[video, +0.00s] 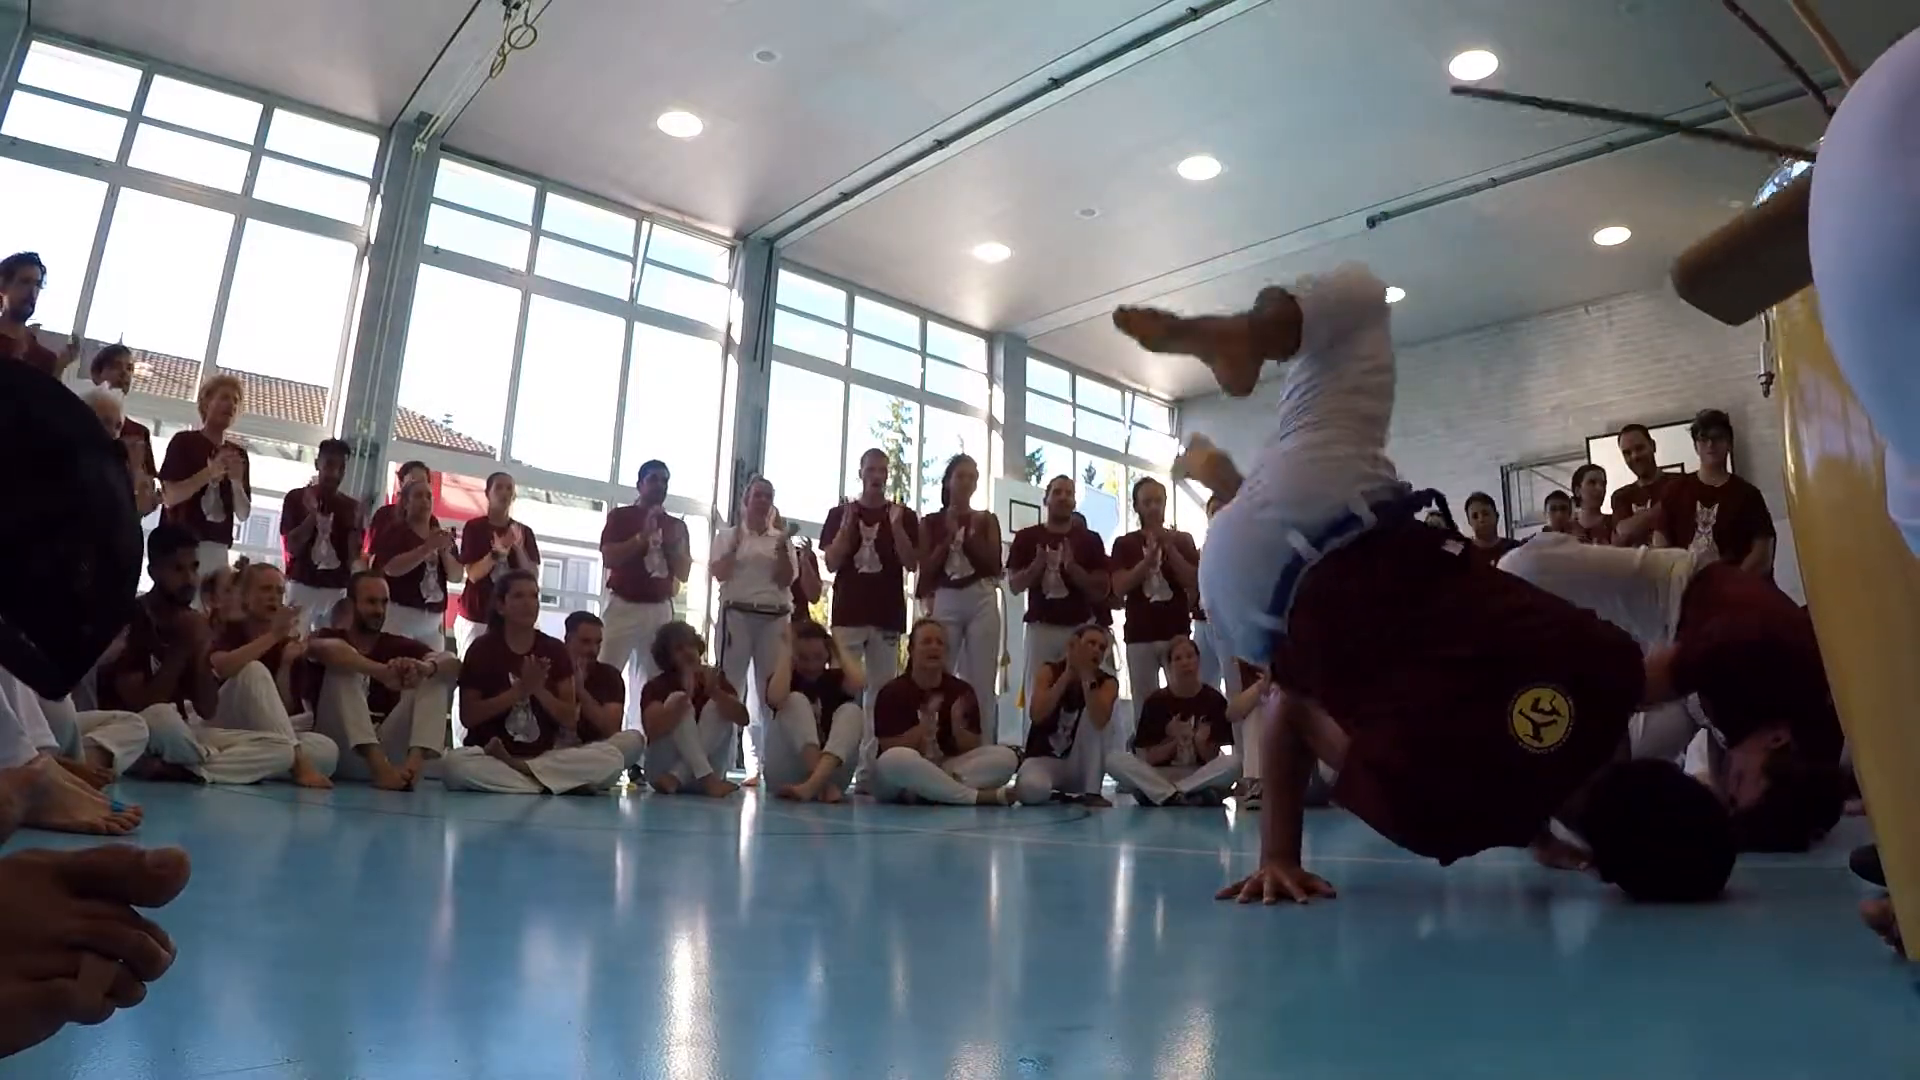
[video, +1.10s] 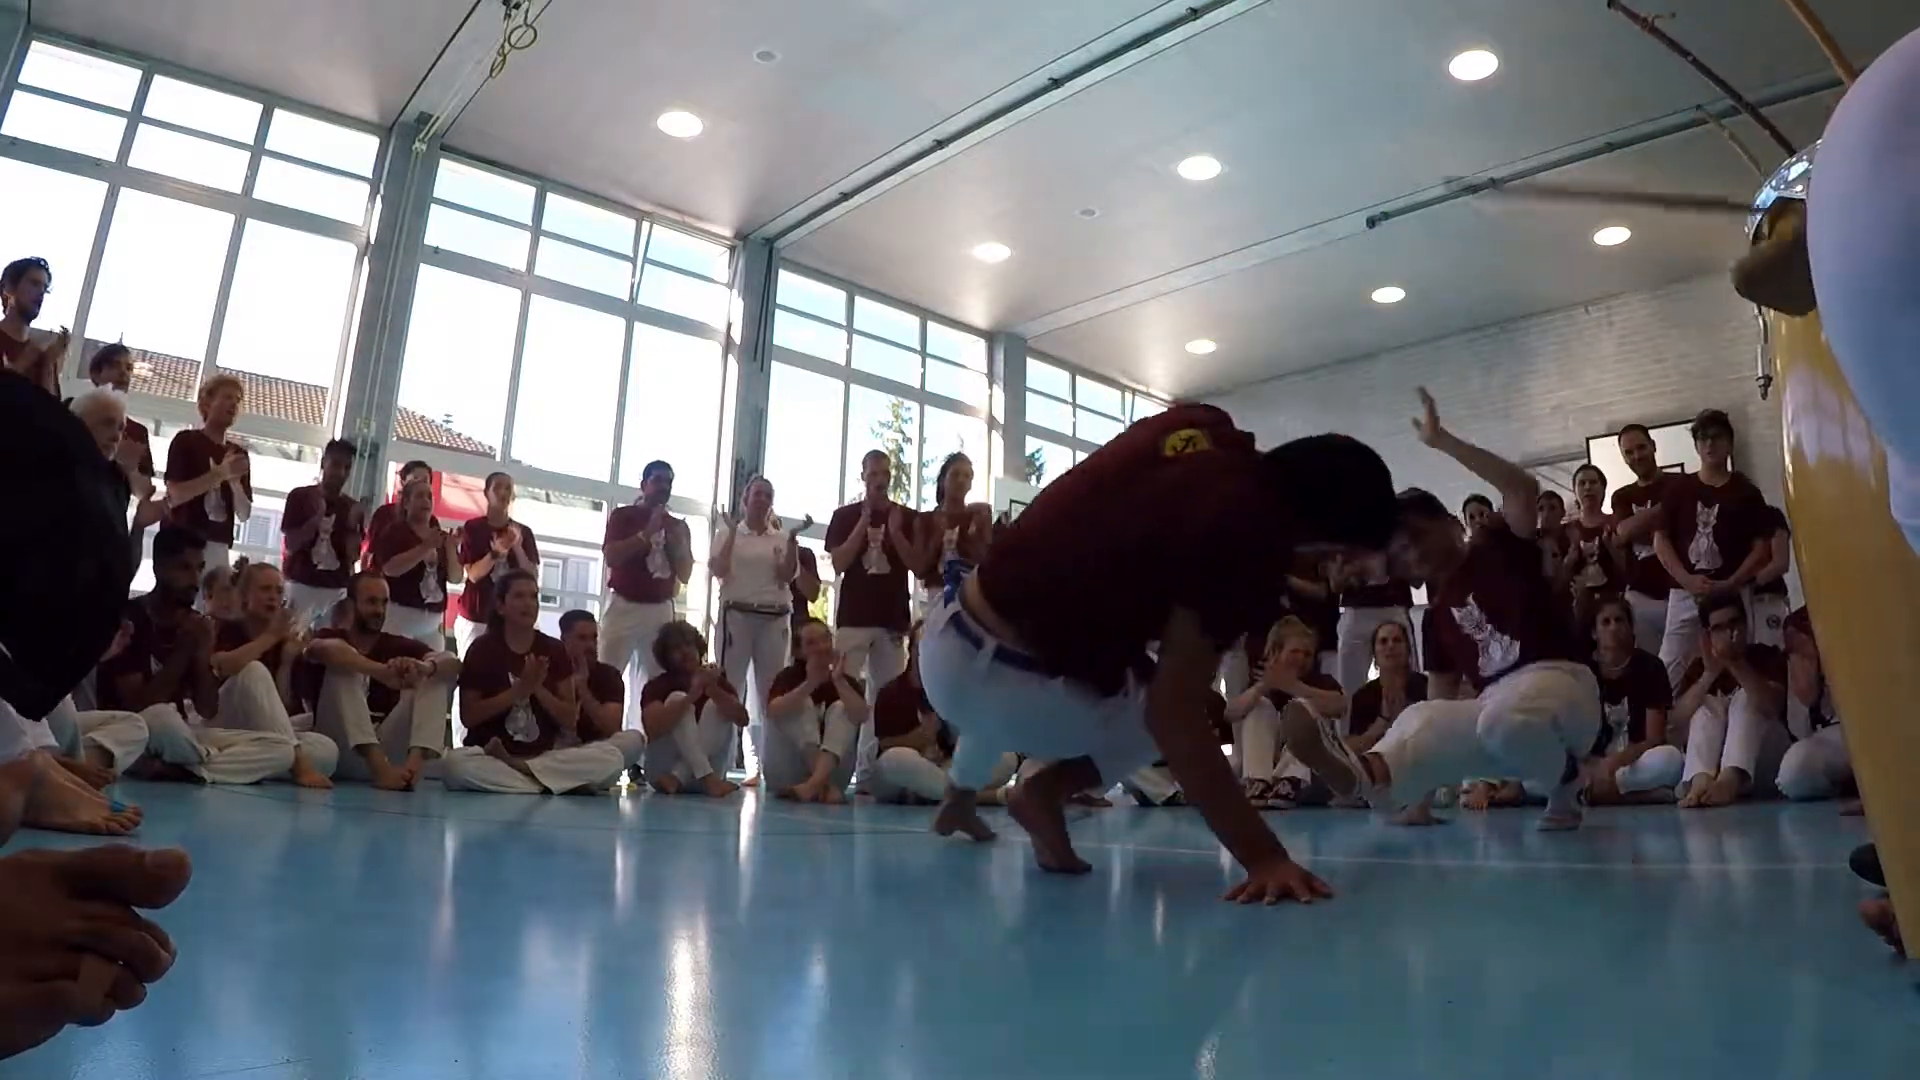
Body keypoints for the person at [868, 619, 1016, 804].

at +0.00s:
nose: (934, 647)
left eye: (940, 643)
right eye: (926, 642)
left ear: (946, 651)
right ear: (911, 650)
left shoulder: (962, 690)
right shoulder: (891, 692)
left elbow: (972, 748)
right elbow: (887, 747)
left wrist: (958, 729)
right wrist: (922, 729)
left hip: (950, 767)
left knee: (1006, 758)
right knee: (895, 759)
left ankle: (934, 792)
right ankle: (974, 797)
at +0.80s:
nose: (933, 652)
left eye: (938, 645)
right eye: (926, 645)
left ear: (948, 649)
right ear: (913, 650)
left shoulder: (962, 685)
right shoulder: (897, 686)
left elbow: (975, 744)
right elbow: (881, 743)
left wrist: (945, 727)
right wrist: (922, 743)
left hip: (952, 766)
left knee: (1006, 757)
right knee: (896, 760)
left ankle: (928, 791)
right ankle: (976, 797)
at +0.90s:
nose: (935, 649)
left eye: (941, 643)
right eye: (927, 643)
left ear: (950, 647)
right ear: (912, 651)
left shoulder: (965, 684)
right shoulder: (895, 689)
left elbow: (982, 741)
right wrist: (920, 754)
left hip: (958, 761)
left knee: (1007, 757)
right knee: (889, 757)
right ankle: (973, 797)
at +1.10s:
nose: (924, 655)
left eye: (930, 648)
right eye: (919, 648)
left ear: (942, 652)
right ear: (910, 651)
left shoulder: (956, 688)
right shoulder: (891, 693)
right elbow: (881, 747)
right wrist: (918, 737)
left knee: (1007, 758)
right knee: (897, 759)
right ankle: (988, 796)